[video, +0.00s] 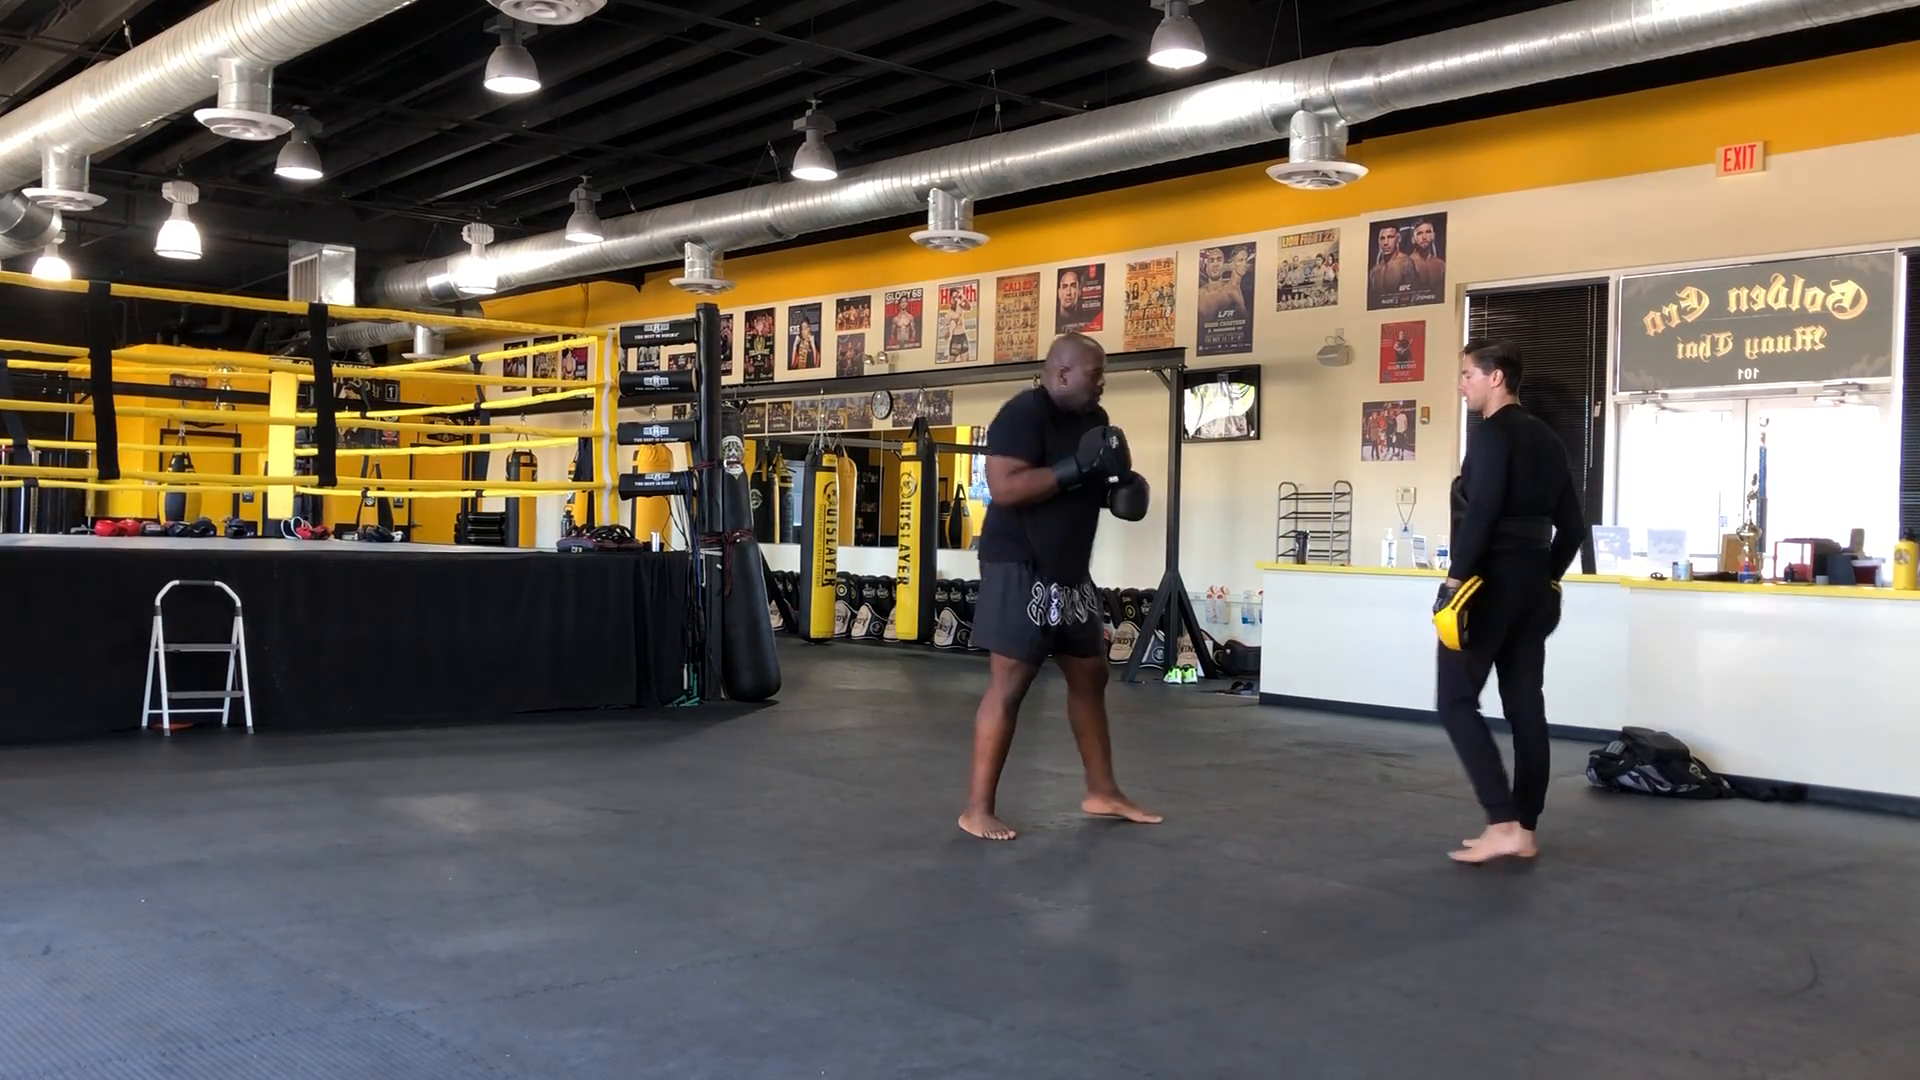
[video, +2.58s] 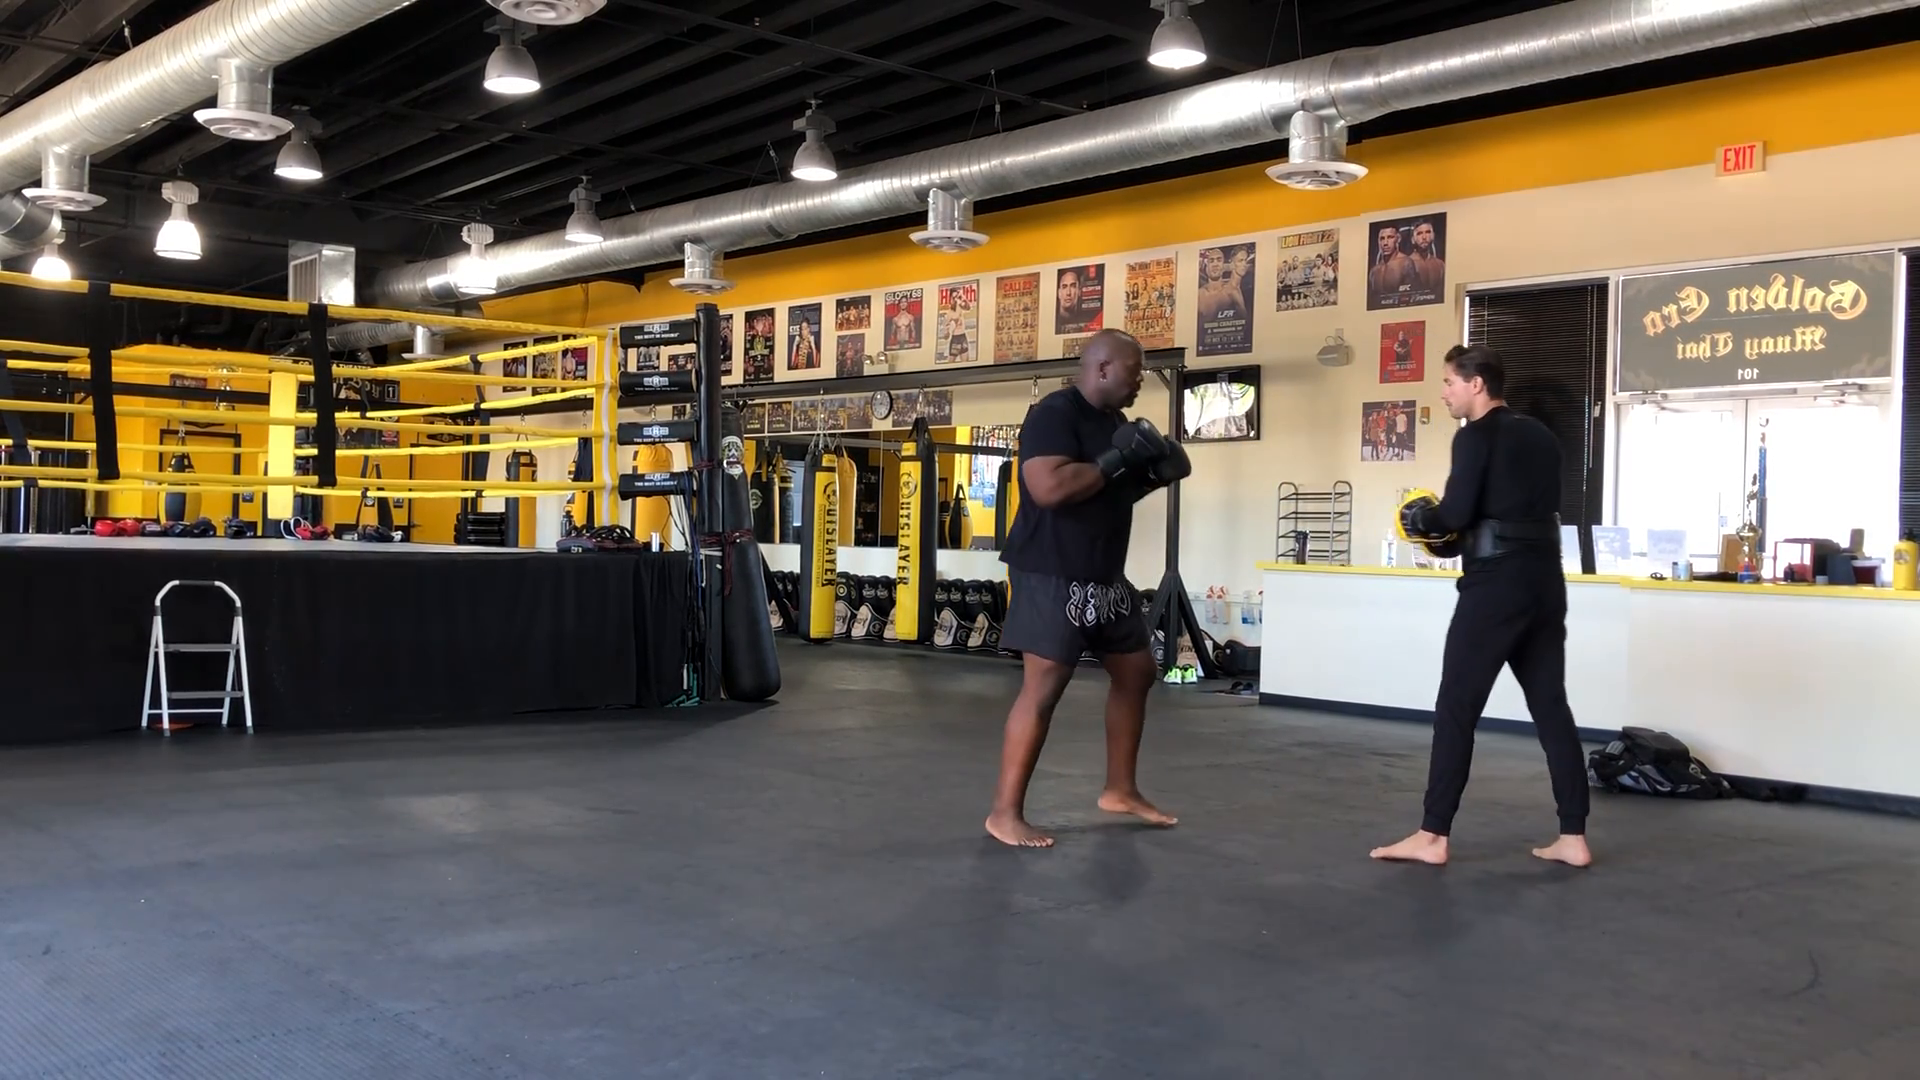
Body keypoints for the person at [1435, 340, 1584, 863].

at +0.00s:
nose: (1461, 386)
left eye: (1466, 376)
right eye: (1461, 376)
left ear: (1495, 378)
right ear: (1501, 381)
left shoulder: (1490, 431)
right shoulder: (1545, 436)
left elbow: (1481, 510)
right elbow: (1573, 526)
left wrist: (1453, 583)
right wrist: (1544, 577)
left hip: (1489, 586)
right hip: (1534, 586)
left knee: (1455, 703)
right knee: (1525, 705)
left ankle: (1503, 825)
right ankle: (1524, 831)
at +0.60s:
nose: (1473, 385)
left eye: (1477, 375)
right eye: (1473, 375)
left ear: (1508, 374)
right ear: (1515, 376)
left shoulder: (1507, 431)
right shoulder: (1568, 429)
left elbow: (1492, 517)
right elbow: (1588, 515)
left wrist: (1456, 582)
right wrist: (1520, 531)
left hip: (1519, 576)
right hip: (1565, 575)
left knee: (1519, 708)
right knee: (1535, 700)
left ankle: (1528, 844)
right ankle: (1558, 822)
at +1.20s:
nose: (1491, 385)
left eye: (1496, 375)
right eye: (1492, 375)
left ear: (1524, 376)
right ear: (1536, 379)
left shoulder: (1514, 431)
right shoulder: (1578, 436)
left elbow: (1491, 511)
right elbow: (1567, 506)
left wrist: (1454, 585)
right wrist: (1496, 460)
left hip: (1509, 584)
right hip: (1560, 587)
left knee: (1454, 701)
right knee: (1566, 713)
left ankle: (1455, 832)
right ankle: (1574, 840)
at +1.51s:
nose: (1452, 380)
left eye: (1458, 371)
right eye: (1453, 371)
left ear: (1484, 375)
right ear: (1494, 377)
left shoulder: (1481, 432)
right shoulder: (1533, 433)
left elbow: (1460, 513)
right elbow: (1504, 498)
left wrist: (1422, 582)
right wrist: (1450, 458)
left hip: (1471, 584)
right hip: (1516, 586)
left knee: (1435, 708)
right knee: (1525, 709)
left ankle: (1429, 837)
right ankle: (1567, 834)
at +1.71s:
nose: (1415, 373)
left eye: (1422, 365)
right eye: (1417, 365)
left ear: (1451, 371)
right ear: (1453, 373)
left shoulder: (1465, 429)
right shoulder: (1475, 427)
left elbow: (1453, 514)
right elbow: (1427, 501)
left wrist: (1405, 583)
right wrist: (1399, 448)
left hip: (1455, 582)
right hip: (1478, 579)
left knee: (1429, 709)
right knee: (1489, 701)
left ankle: (1428, 838)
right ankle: (1555, 818)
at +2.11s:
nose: (1400, 380)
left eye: (1404, 370)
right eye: (1401, 371)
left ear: (1428, 372)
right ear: (1444, 372)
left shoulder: (1420, 428)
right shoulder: (1494, 428)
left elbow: (1398, 505)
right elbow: (1487, 503)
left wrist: (1361, 571)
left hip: (1432, 577)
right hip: (1485, 576)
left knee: (1429, 709)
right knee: (1499, 696)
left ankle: (1428, 838)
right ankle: (1554, 812)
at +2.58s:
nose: (1444, 394)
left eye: (1449, 384)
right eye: (1444, 384)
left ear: (1477, 384)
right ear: (1487, 385)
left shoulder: (1477, 436)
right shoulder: (1540, 435)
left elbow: (1455, 514)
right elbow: (1535, 513)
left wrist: (1420, 517)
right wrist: (1460, 534)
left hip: (1494, 587)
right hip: (1545, 585)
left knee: (1456, 709)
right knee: (1552, 710)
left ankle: (1432, 834)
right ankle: (1574, 838)